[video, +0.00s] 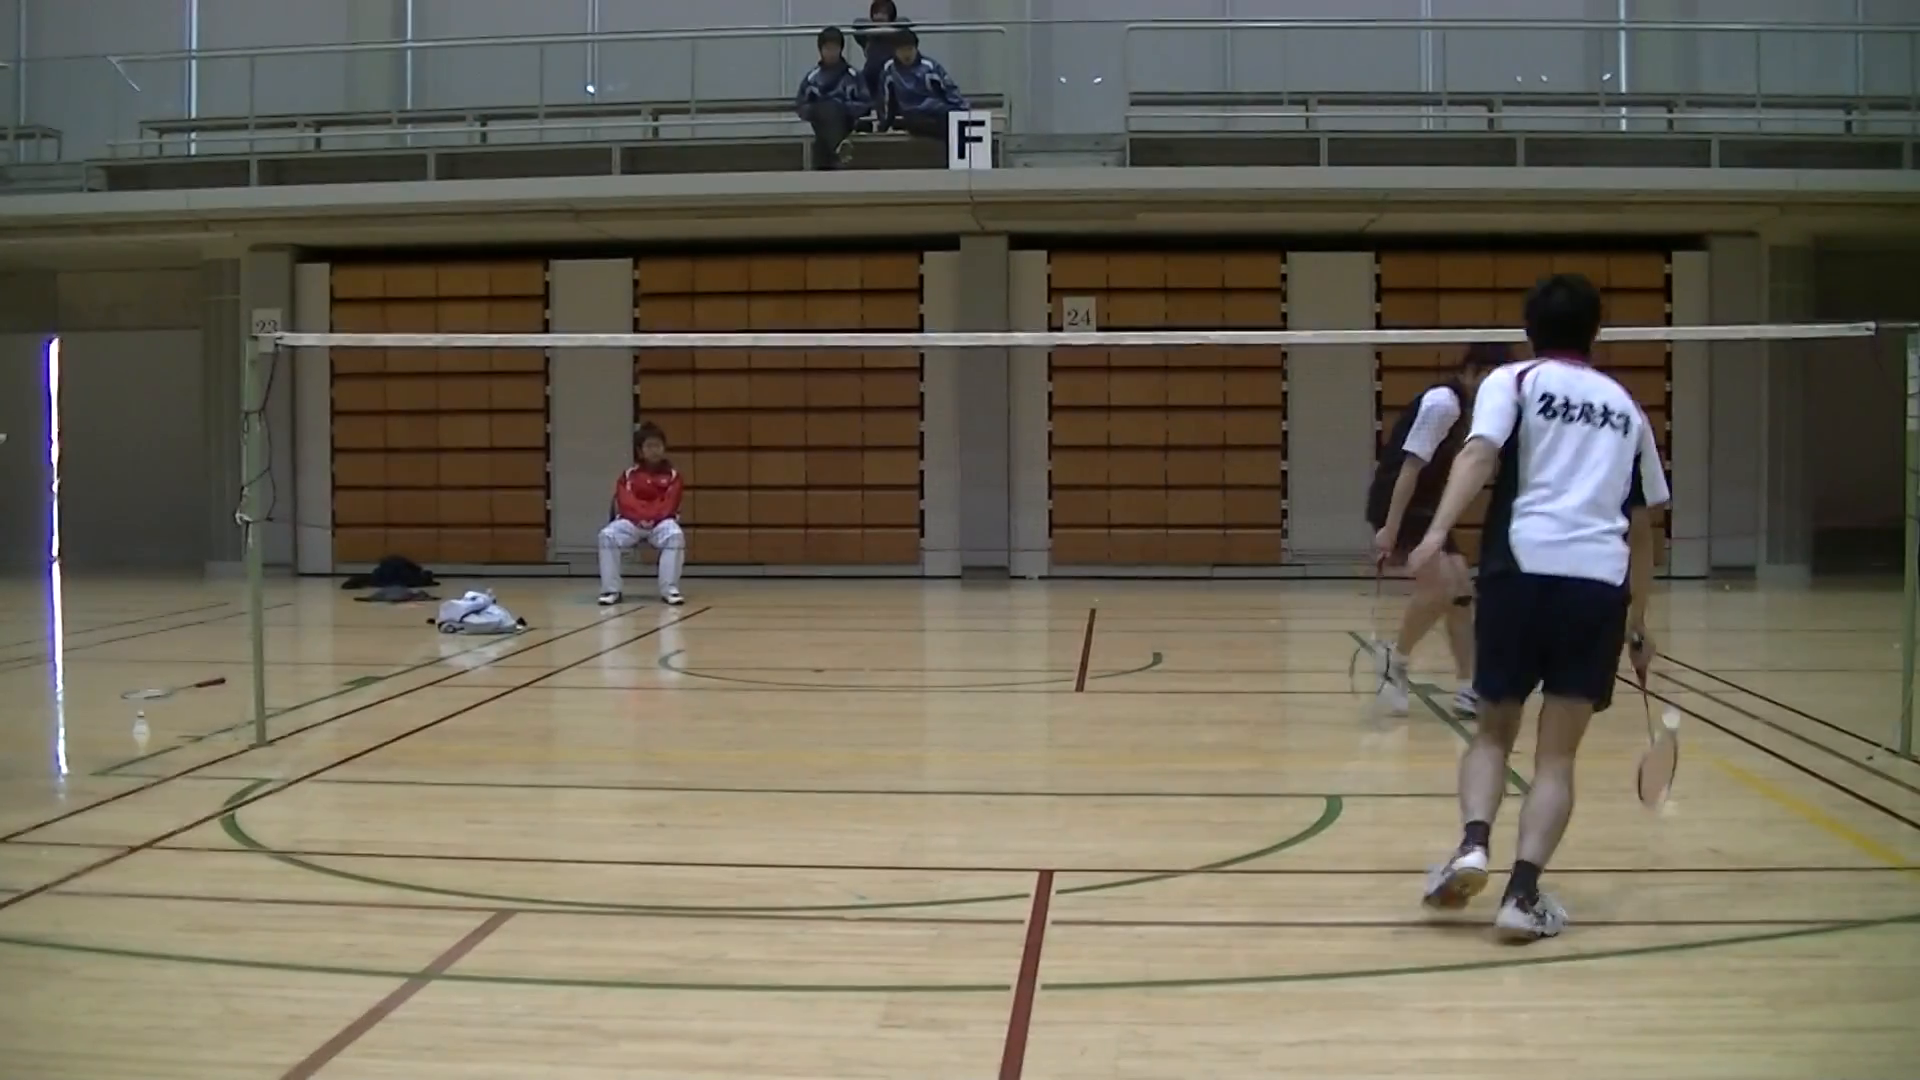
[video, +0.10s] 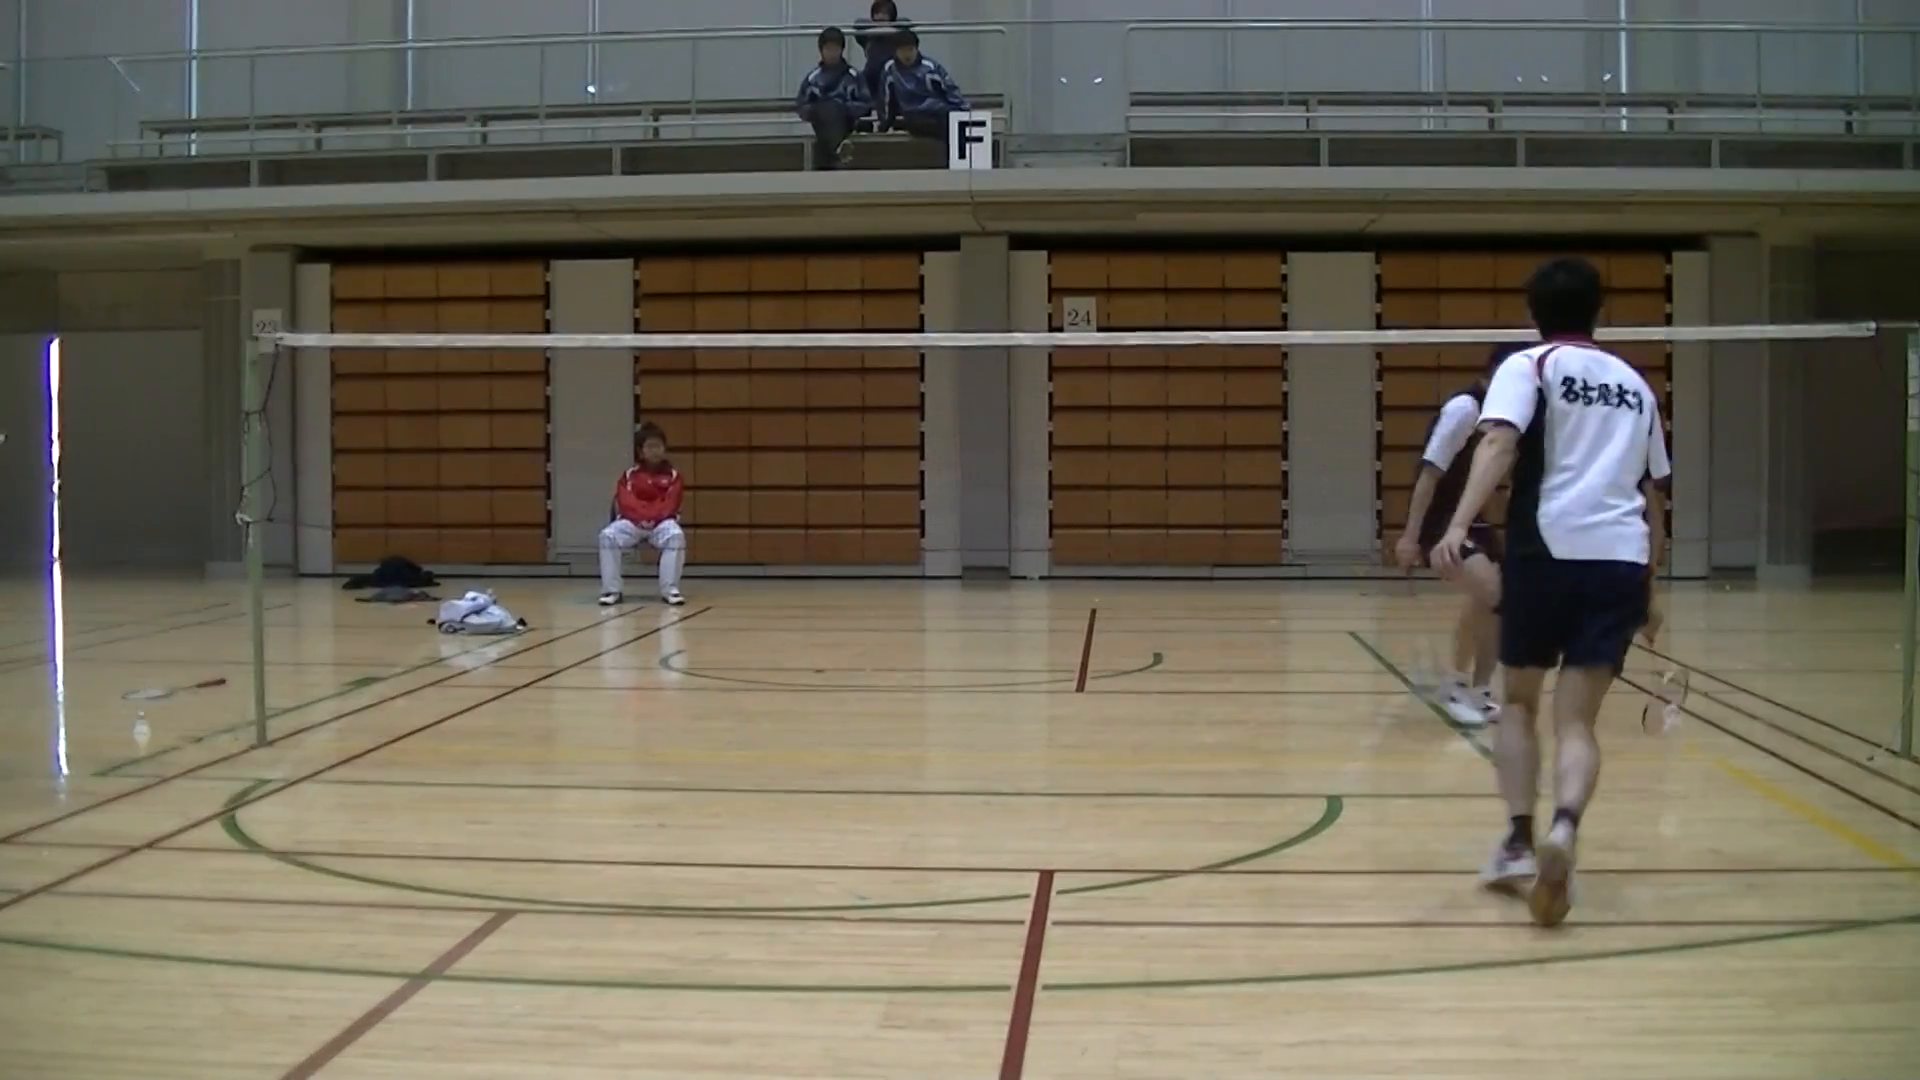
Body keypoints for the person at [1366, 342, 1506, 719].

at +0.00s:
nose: (1495, 387)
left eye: (1499, 380)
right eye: (1492, 377)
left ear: (1491, 377)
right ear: (1473, 371)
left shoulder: (1474, 410)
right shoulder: (1443, 402)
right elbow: (1410, 467)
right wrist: (1391, 527)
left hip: (1428, 508)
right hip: (1399, 509)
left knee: (1461, 589)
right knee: (1439, 584)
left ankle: (1471, 685)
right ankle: (1395, 661)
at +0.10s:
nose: (1516, 386)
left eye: (1520, 380)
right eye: (1511, 376)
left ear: (1519, 386)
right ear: (1494, 374)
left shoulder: (1514, 419)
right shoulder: (1464, 408)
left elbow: (1500, 485)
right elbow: (1430, 473)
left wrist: (1500, 534)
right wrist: (1410, 535)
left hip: (1476, 523)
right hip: (1441, 522)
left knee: (1489, 598)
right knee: (1489, 588)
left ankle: (1481, 689)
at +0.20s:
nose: (1546, 388)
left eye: (1550, 381)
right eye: (1541, 378)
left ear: (1551, 384)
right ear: (1524, 374)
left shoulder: (1546, 418)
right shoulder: (1488, 409)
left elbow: (1527, 484)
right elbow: (1458, 478)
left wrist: (1527, 530)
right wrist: (1446, 542)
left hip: (1509, 525)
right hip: (1473, 524)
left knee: (1516, 604)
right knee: (1514, 592)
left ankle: (1483, 687)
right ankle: (1517, 693)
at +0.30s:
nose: (1566, 402)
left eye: (1573, 393)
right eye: (1562, 391)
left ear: (1576, 393)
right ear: (1547, 386)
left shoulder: (1578, 426)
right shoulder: (1517, 414)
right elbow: (1491, 487)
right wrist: (1486, 552)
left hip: (1543, 536)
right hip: (1504, 537)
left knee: (1536, 615)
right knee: (1535, 605)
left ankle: (1494, 681)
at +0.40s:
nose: (1616, 422)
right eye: (1611, 411)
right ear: (1591, 405)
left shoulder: (1599, 447)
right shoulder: (1551, 441)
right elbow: (1524, 511)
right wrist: (1519, 583)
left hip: (1551, 533)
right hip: (1519, 535)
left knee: (1575, 619)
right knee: (1579, 610)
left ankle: (1505, 676)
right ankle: (1592, 715)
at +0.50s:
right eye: (1639, 435)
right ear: (1622, 425)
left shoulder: (1624, 448)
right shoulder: (1578, 446)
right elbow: (1546, 524)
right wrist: (1542, 599)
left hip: (1560, 536)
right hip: (1530, 531)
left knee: (1585, 620)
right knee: (1589, 609)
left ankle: (1511, 673)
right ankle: (1598, 720)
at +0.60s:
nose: (1646, 470)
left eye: (1651, 466)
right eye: (1645, 463)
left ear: (1629, 446)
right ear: (1625, 450)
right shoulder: (1589, 470)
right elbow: (1562, 546)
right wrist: (1554, 616)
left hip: (1568, 527)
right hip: (1538, 526)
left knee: (1576, 615)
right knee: (1590, 612)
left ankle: (1510, 673)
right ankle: (1590, 712)